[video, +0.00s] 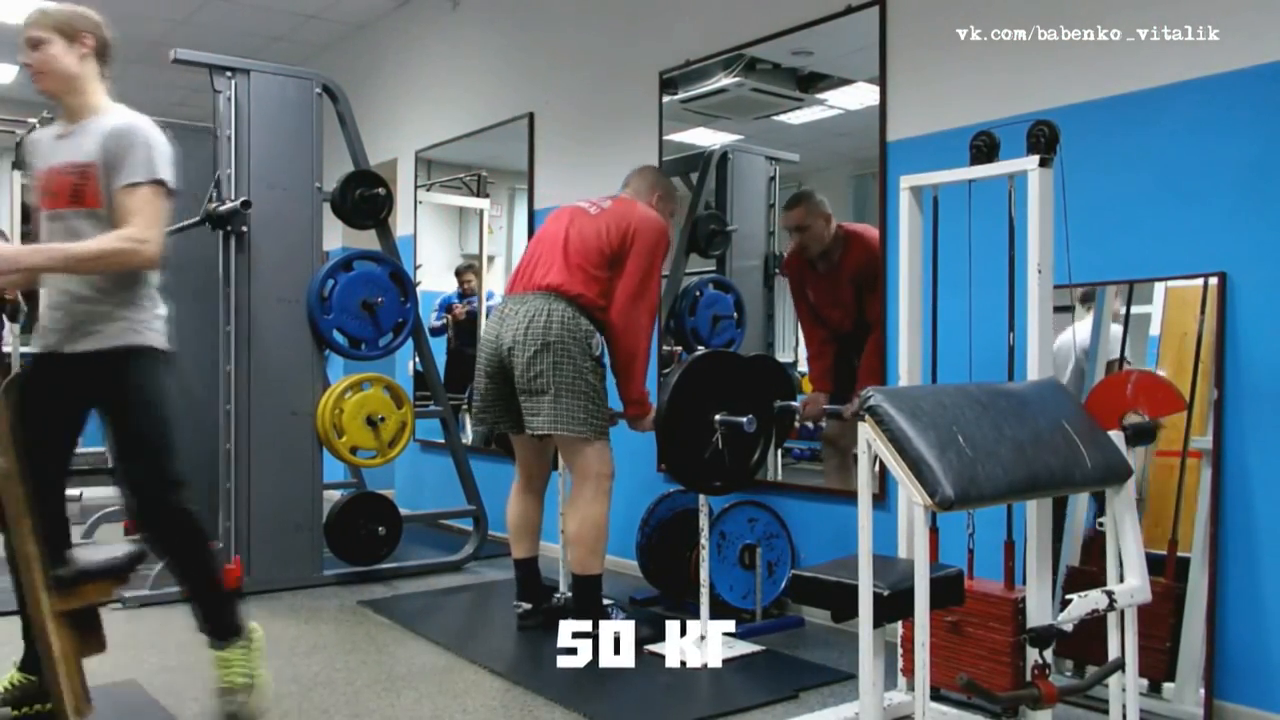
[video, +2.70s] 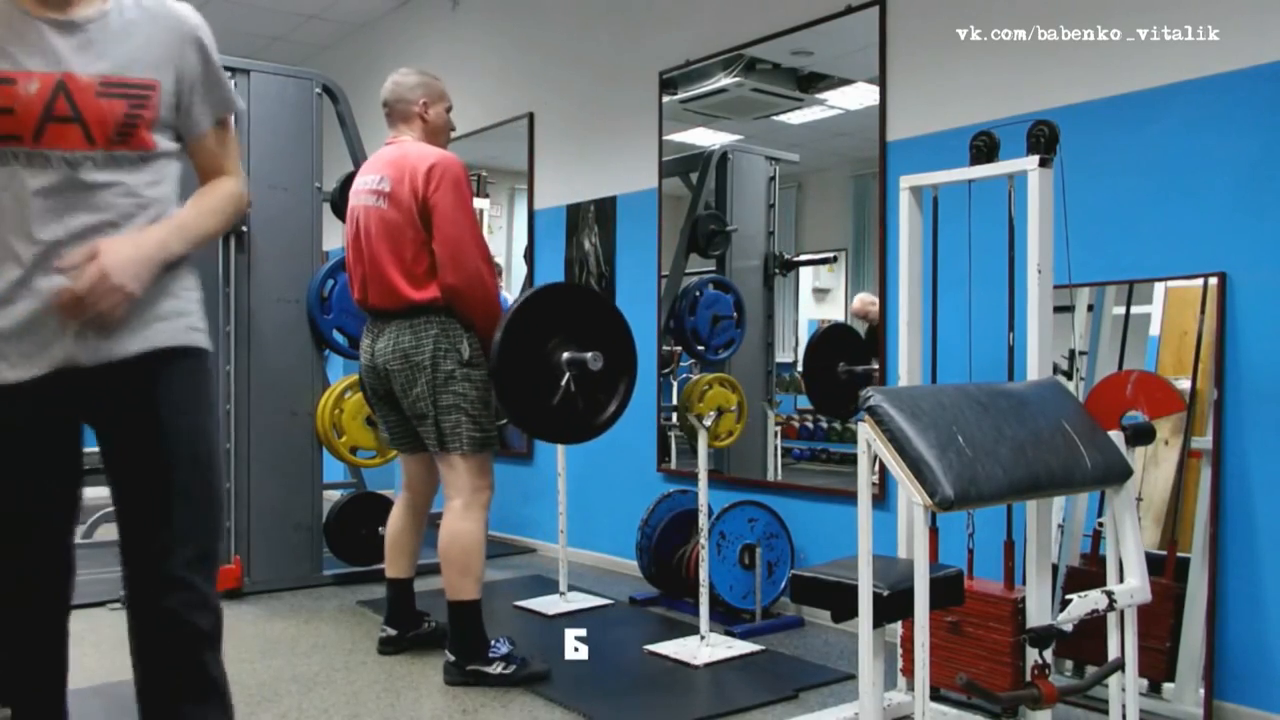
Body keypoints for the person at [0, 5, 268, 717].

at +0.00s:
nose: (27, 59)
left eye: (39, 44)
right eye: (24, 50)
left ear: (86, 47)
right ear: (34, 65)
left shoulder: (131, 131)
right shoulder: (39, 145)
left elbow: (145, 244)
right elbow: (47, 245)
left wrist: (35, 260)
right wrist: (14, 268)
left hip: (127, 343)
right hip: (54, 349)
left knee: (153, 498)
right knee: (30, 504)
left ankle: (231, 639)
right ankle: (46, 663)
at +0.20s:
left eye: (3, 25)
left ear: (37, 33)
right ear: (24, 36)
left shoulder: (82, 119)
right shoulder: (10, 131)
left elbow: (103, 237)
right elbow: (30, 239)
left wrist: (5, 255)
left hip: (98, 325)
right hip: (38, 335)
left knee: (90, 490)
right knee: (25, 503)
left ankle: (123, 682)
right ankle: (54, 670)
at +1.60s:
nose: (54, 13)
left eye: (74, 2)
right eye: (48, 2)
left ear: (114, 20)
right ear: (39, 15)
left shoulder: (145, 115)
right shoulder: (25, 113)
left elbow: (197, 237)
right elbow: (10, 213)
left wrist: (66, 265)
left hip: (146, 346)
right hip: (67, 347)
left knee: (155, 517)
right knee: (73, 501)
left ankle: (164, 685)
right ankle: (94, 647)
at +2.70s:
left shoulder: (171, 26)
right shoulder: (8, 27)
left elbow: (229, 183)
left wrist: (149, 245)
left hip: (155, 339)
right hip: (18, 351)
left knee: (177, 598)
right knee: (24, 602)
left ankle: (191, 715)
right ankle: (35, 712)